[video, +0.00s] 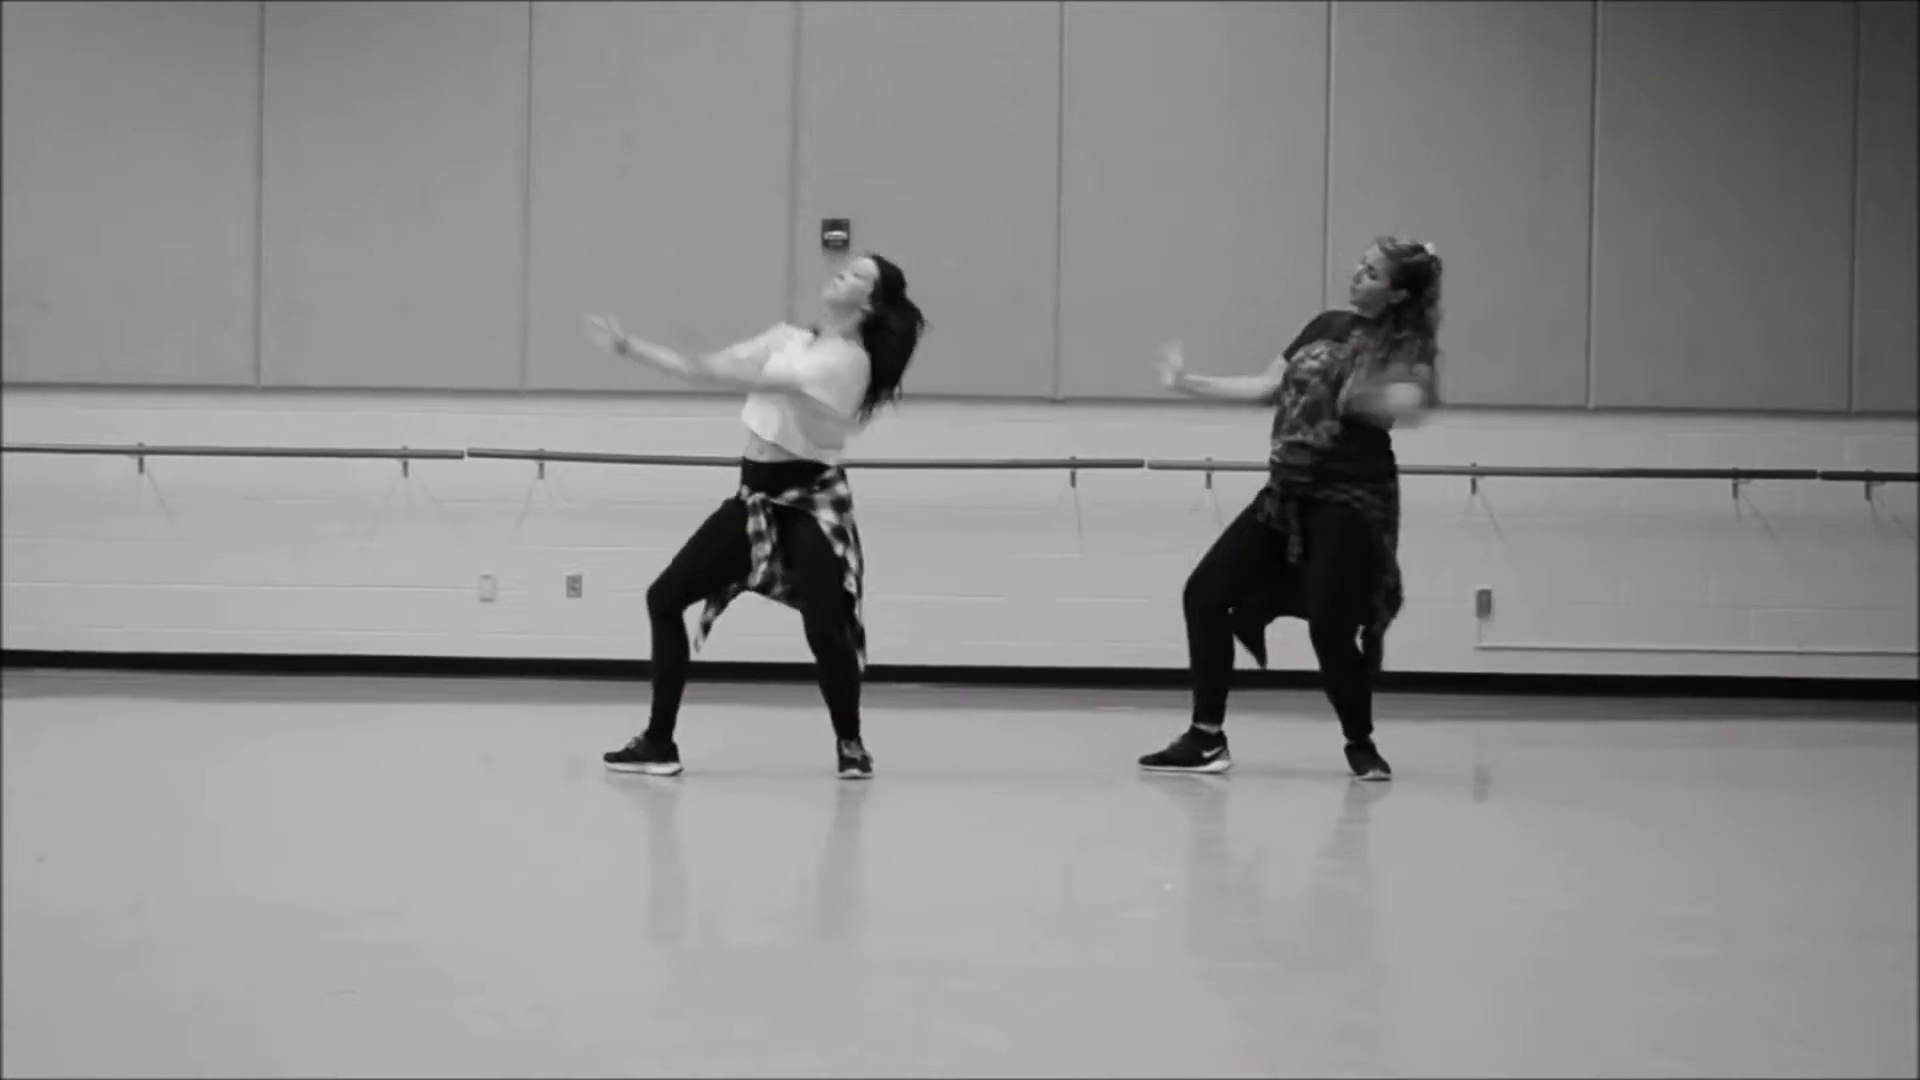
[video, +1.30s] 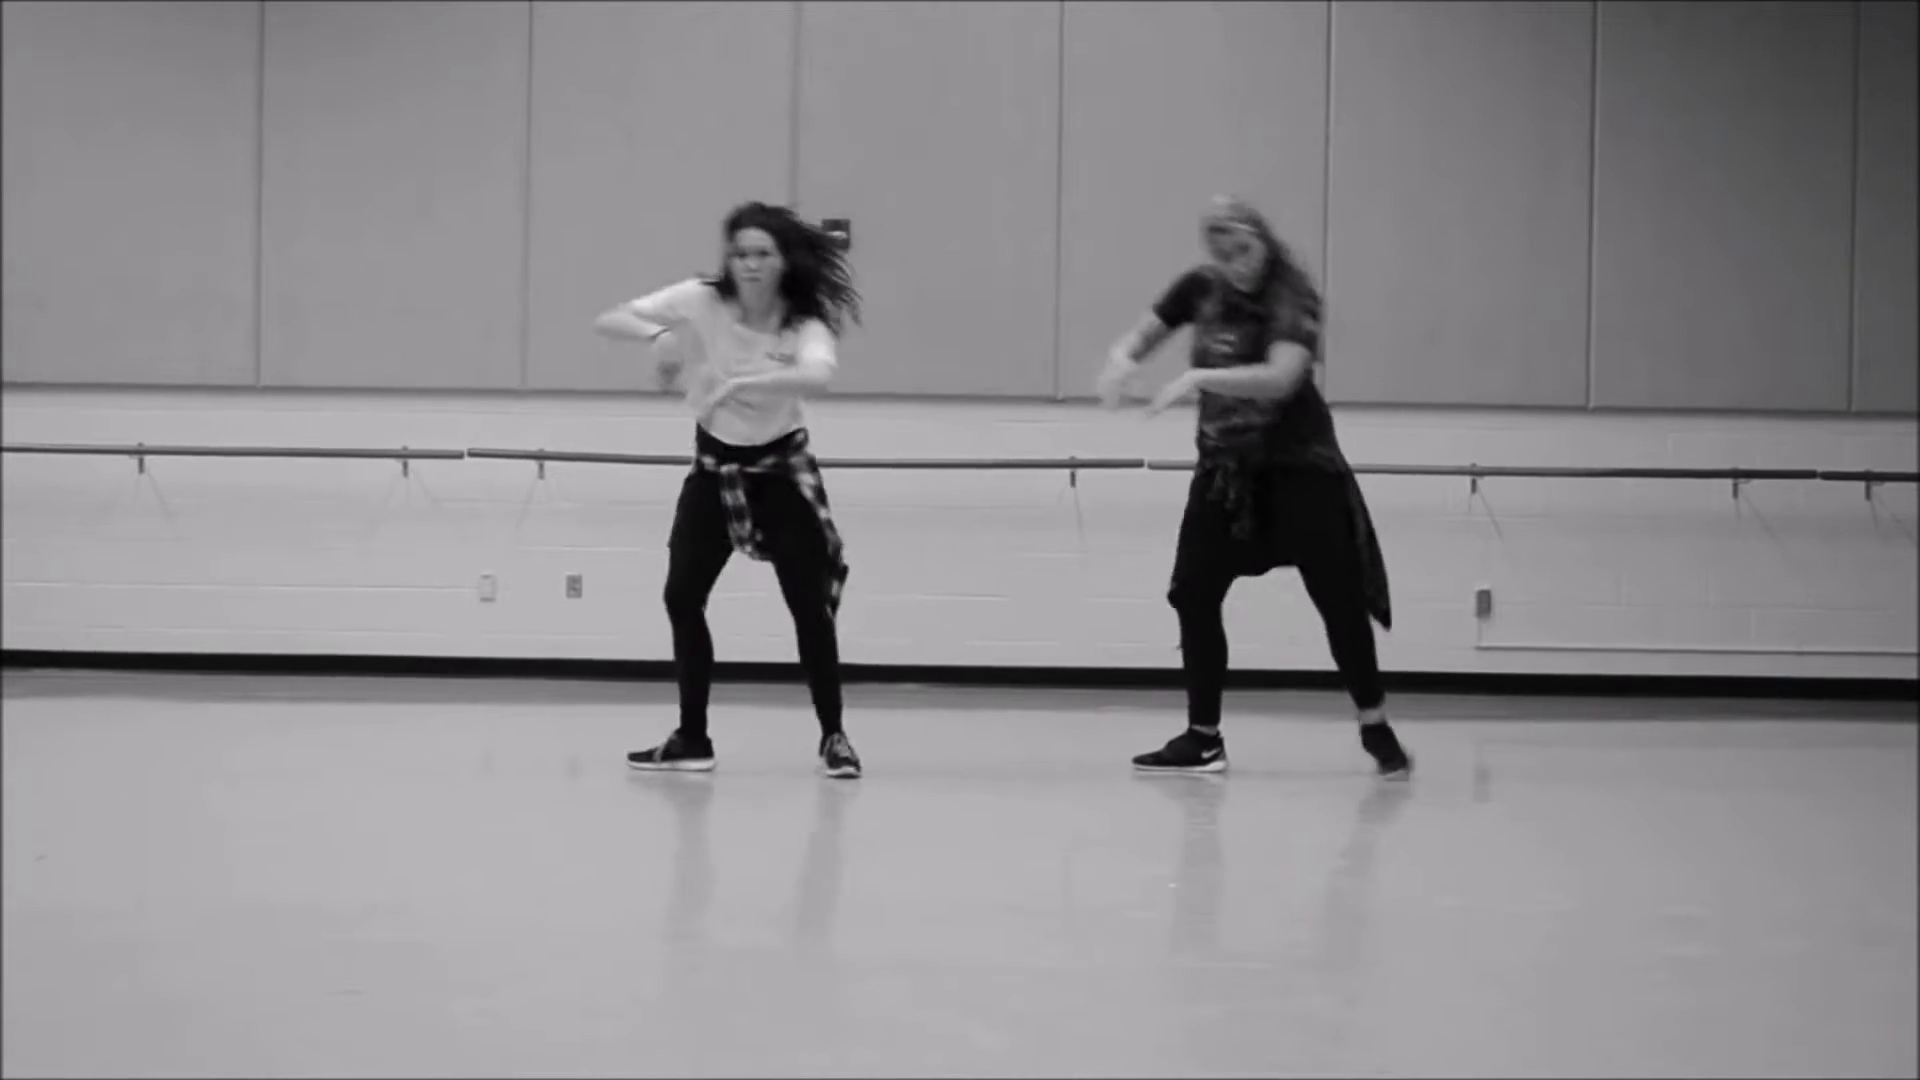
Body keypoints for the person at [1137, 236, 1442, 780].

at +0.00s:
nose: (1357, 274)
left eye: (1372, 273)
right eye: (1362, 265)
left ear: (1397, 295)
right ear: (1359, 274)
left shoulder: (1403, 348)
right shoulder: (1327, 326)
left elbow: (1407, 400)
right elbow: (1264, 386)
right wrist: (1188, 381)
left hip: (1351, 502)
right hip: (1286, 495)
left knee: (1330, 626)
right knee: (1204, 595)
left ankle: (1361, 746)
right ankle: (1206, 735)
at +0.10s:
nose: (1346, 268)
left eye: (1361, 265)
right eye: (1349, 258)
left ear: (1389, 284)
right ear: (1346, 265)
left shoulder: (1383, 341)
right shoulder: (1317, 319)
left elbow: (1330, 413)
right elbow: (1257, 385)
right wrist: (1187, 384)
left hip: (1347, 496)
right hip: (1286, 489)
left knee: (1330, 622)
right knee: (1213, 596)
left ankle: (1360, 747)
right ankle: (1207, 737)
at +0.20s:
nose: (1296, 259)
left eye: (1307, 249)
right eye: (1291, 249)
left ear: (1337, 252)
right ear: (1288, 255)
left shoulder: (1350, 316)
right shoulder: (1290, 314)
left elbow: (1311, 401)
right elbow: (1248, 378)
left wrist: (1223, 408)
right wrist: (1175, 382)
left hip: (1350, 487)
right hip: (1289, 484)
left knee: (1339, 615)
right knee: (1232, 598)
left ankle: (1362, 742)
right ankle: (1211, 735)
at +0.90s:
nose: (1321, 325)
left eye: (1331, 311)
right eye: (1309, 314)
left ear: (1352, 305)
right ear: (1295, 312)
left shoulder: (1383, 359)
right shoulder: (1281, 354)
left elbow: (1358, 447)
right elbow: (1253, 431)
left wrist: (1282, 448)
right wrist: (1207, 441)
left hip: (1338, 516)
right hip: (1264, 510)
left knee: (1354, 629)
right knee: (1168, 603)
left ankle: (1371, 746)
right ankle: (1200, 736)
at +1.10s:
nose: (1339, 311)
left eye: (1351, 299)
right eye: (1328, 298)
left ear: (1368, 301)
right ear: (1313, 296)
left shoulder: (1372, 365)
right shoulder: (1280, 329)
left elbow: (1333, 441)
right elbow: (1238, 393)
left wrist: (1252, 400)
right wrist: (1198, 393)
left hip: (1320, 508)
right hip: (1245, 497)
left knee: (1330, 626)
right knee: (1171, 602)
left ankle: (1372, 746)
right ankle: (1200, 735)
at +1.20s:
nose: (1281, 269)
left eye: (1292, 258)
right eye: (1273, 258)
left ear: (1317, 261)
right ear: (1262, 261)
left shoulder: (1335, 323)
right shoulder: (1245, 303)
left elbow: (1317, 408)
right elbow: (1186, 358)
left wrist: (1235, 395)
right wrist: (1162, 372)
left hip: (1314, 488)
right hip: (1236, 483)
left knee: (1343, 616)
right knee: (1179, 596)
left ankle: (1374, 739)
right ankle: (1201, 734)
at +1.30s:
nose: (1237, 264)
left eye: (1244, 251)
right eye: (1224, 254)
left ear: (1265, 245)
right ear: (1209, 254)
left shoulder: (1291, 293)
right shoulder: (1200, 287)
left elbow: (1282, 377)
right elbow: (1142, 336)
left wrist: (1198, 379)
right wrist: (1119, 364)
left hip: (1302, 471)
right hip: (1226, 471)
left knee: (1341, 601)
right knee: (1195, 596)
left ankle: (1375, 725)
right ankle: (1203, 735)